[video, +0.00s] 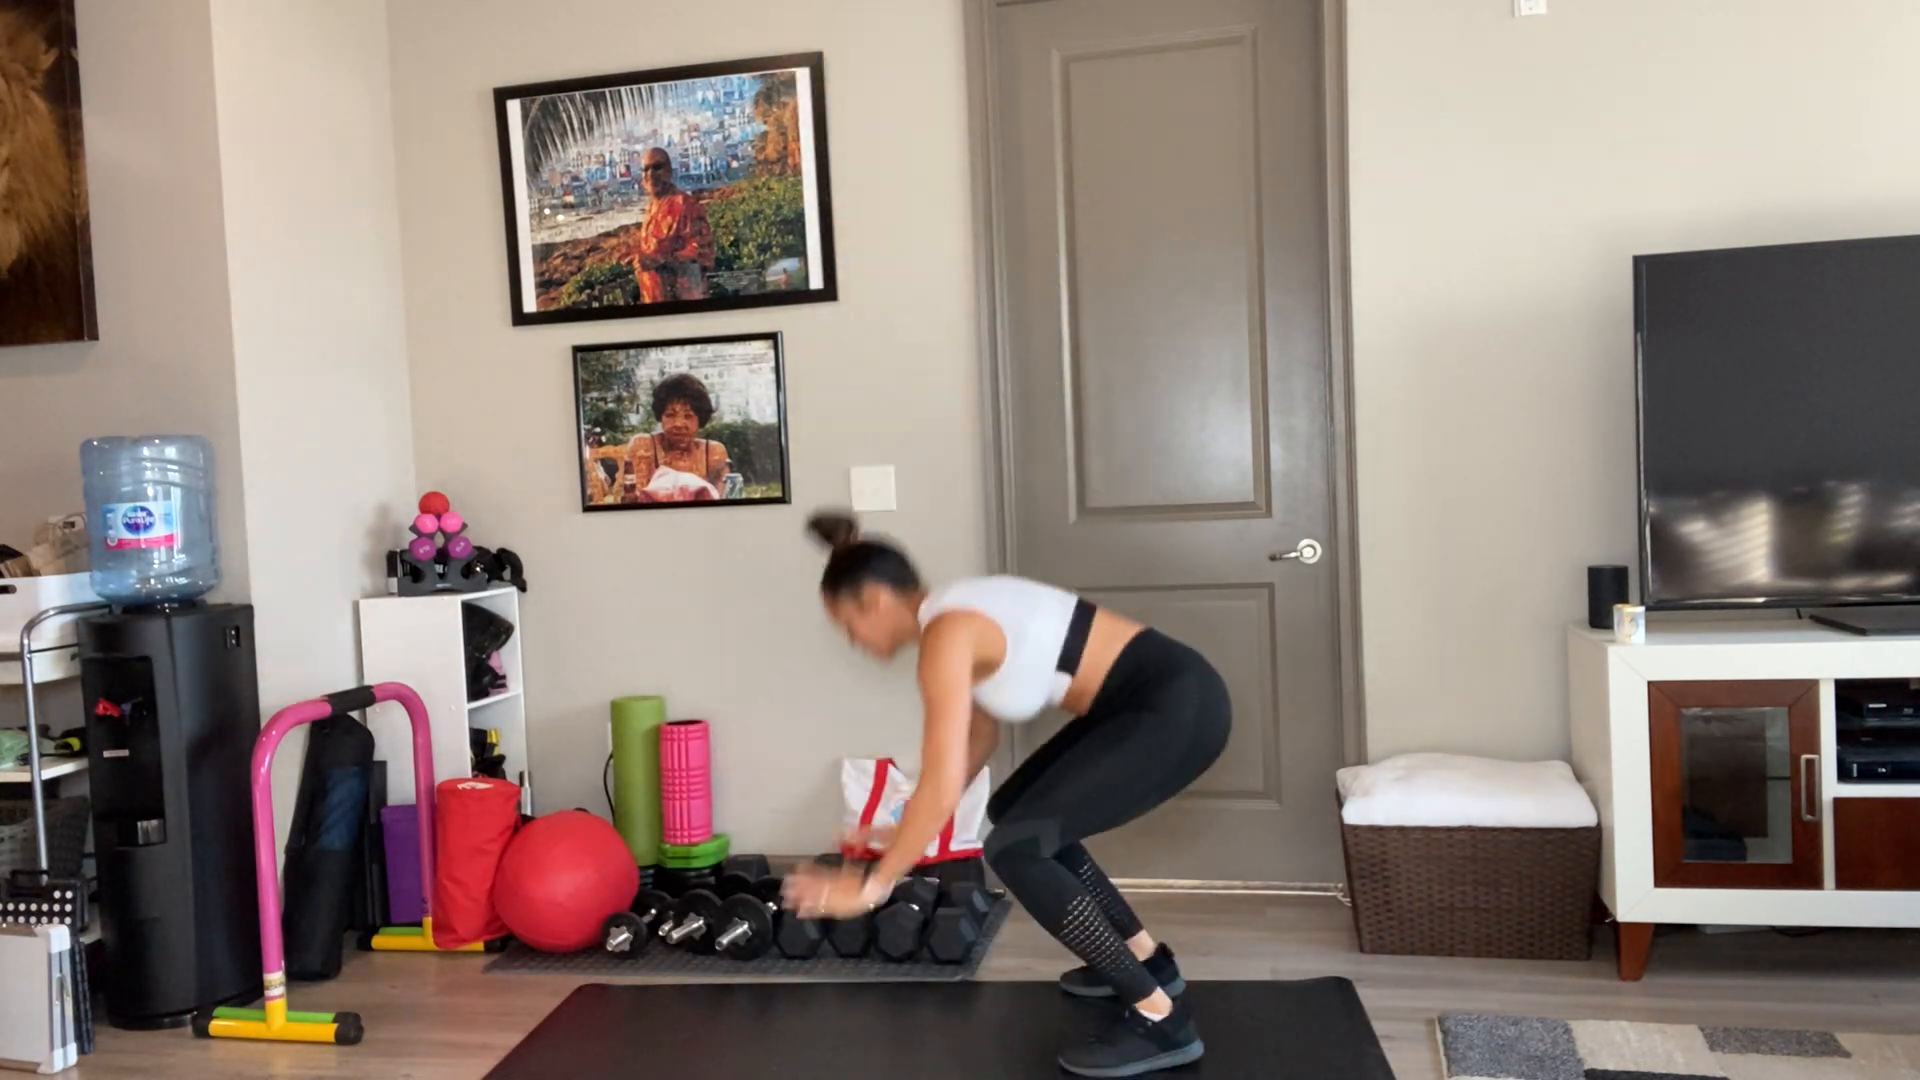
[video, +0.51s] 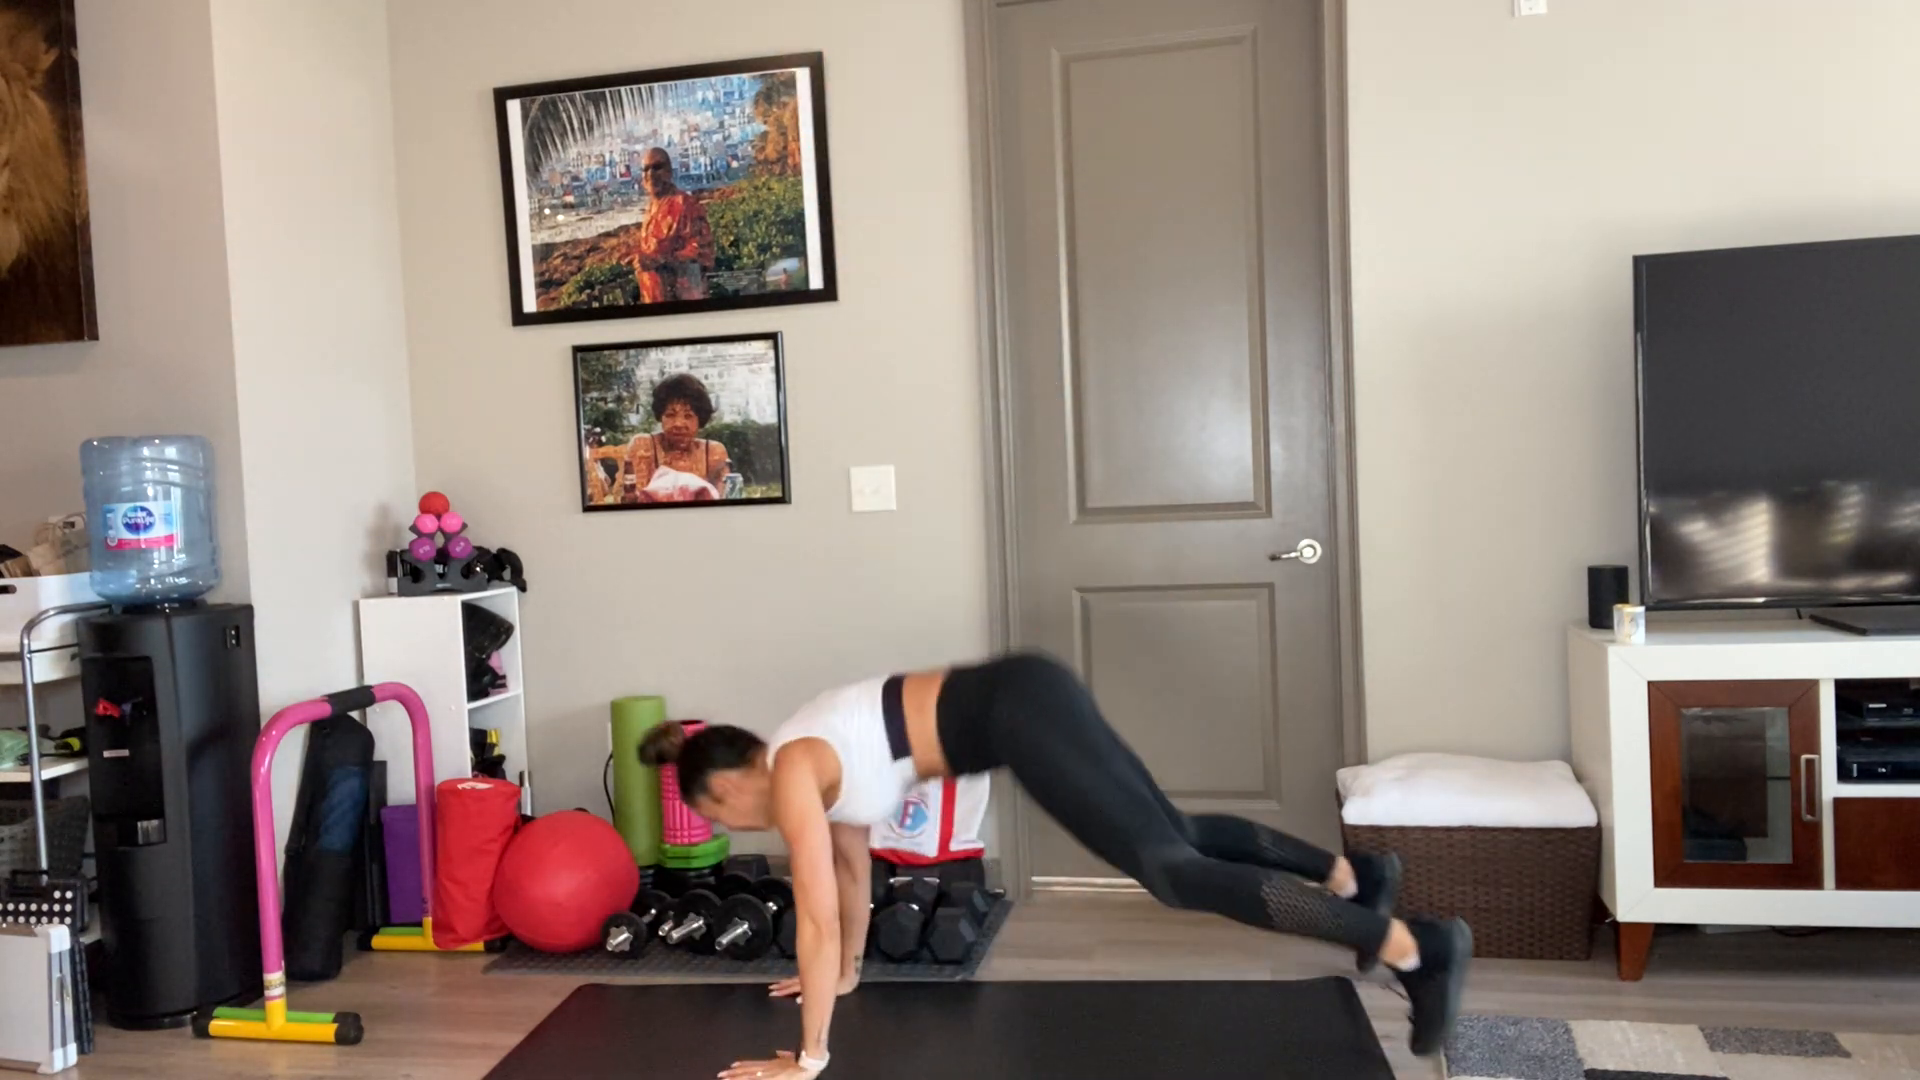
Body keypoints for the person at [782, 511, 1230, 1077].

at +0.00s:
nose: (854, 641)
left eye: (851, 623)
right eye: (846, 628)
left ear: (879, 598)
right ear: (887, 595)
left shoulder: (947, 635)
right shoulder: (963, 610)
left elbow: (941, 788)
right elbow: (974, 747)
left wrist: (871, 888)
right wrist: (906, 829)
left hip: (1171, 705)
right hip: (1144, 697)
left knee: (1017, 847)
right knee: (1013, 813)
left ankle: (1158, 1019)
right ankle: (1141, 955)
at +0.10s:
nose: (850, 726)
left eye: (844, 710)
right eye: (840, 717)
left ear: (866, 682)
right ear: (874, 673)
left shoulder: (926, 703)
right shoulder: (933, 679)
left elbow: (894, 852)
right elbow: (921, 830)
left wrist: (827, 976)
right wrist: (860, 899)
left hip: (1170, 693)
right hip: (1144, 685)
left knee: (1020, 843)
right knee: (1017, 805)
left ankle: (1161, 1019)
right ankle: (1140, 955)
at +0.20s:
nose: (851, 780)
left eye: (844, 768)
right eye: (840, 774)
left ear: (859, 734)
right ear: (864, 721)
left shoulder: (906, 737)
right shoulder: (907, 723)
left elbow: (861, 891)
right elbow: (881, 877)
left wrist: (800, 1019)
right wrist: (822, 961)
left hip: (1141, 629)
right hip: (1120, 626)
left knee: (1047, 819)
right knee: (1052, 790)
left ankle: (1162, 1017)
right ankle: (1145, 950)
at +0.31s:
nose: (837, 816)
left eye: (827, 805)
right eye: (827, 810)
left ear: (836, 768)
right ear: (841, 752)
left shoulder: (884, 753)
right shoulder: (899, 744)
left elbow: (850, 910)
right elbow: (874, 884)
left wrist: (803, 1044)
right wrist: (828, 968)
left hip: (1085, 596)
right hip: (1085, 592)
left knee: (1069, 809)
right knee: (1080, 782)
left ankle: (1210, 987)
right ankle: (1192, 912)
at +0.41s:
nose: (798, 831)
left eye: (783, 820)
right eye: (785, 825)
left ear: (787, 787)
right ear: (797, 771)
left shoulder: (837, 769)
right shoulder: (859, 752)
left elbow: (826, 918)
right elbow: (865, 885)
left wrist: (809, 1054)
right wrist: (842, 970)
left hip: (1039, 635)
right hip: (1046, 633)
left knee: (1115, 842)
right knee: (1116, 804)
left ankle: (1327, 935)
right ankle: (1290, 855)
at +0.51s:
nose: (722, 826)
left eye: (709, 813)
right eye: (707, 817)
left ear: (724, 782)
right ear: (738, 757)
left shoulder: (791, 775)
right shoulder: (819, 752)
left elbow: (821, 916)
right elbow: (851, 881)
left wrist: (812, 1050)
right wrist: (833, 967)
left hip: (1007, 712)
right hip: (1019, 697)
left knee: (1170, 871)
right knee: (1177, 836)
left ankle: (1408, 942)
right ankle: (1346, 877)